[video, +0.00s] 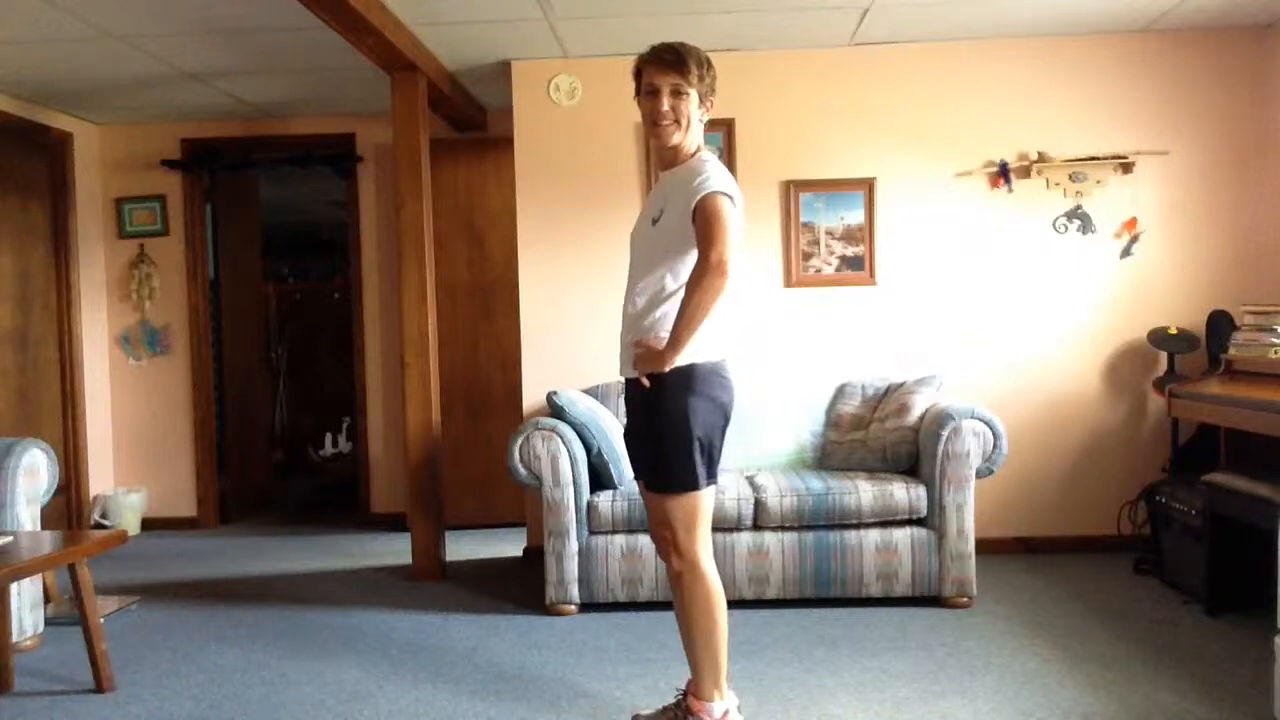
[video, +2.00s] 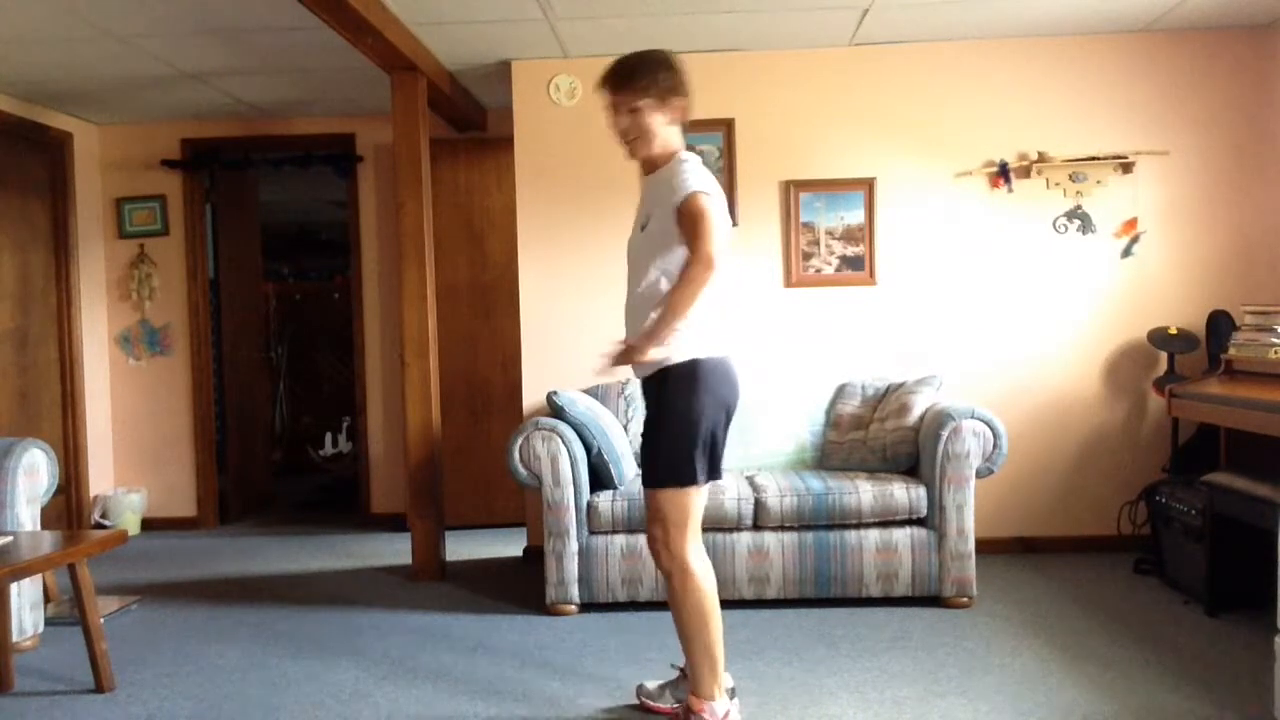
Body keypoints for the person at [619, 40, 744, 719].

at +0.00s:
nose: (661, 106)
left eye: (676, 93)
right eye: (650, 93)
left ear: (702, 103)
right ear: (638, 103)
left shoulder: (705, 176)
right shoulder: (665, 183)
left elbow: (718, 263)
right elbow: (665, 274)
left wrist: (670, 351)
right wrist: (643, 353)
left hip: (680, 380)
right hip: (653, 380)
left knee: (687, 549)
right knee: (673, 547)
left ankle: (713, 699)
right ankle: (706, 693)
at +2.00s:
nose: (625, 127)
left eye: (637, 111)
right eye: (617, 116)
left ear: (676, 109)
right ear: (614, 119)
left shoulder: (686, 174)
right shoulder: (660, 182)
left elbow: (707, 255)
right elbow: (671, 273)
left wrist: (653, 334)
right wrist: (640, 342)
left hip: (691, 374)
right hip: (676, 374)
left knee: (674, 543)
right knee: (669, 541)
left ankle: (711, 696)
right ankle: (703, 679)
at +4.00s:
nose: (445, 566)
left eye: (437, 556)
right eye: (437, 556)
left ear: (455, 531)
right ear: (466, 504)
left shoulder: (520, 526)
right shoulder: (523, 489)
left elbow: (514, 641)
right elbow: (518, 617)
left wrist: (482, 714)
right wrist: (488, 697)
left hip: (718, 521)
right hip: (713, 495)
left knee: (858, 615)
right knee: (854, 598)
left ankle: (1026, 662)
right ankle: (975, 654)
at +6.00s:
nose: (603, 128)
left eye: (618, 116)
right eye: (594, 117)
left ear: (649, 127)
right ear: (584, 127)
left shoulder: (644, 188)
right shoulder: (635, 190)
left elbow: (662, 266)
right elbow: (646, 277)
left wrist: (623, 348)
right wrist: (607, 350)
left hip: (629, 383)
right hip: (627, 381)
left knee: (627, 551)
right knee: (635, 543)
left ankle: (673, 705)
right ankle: (673, 670)